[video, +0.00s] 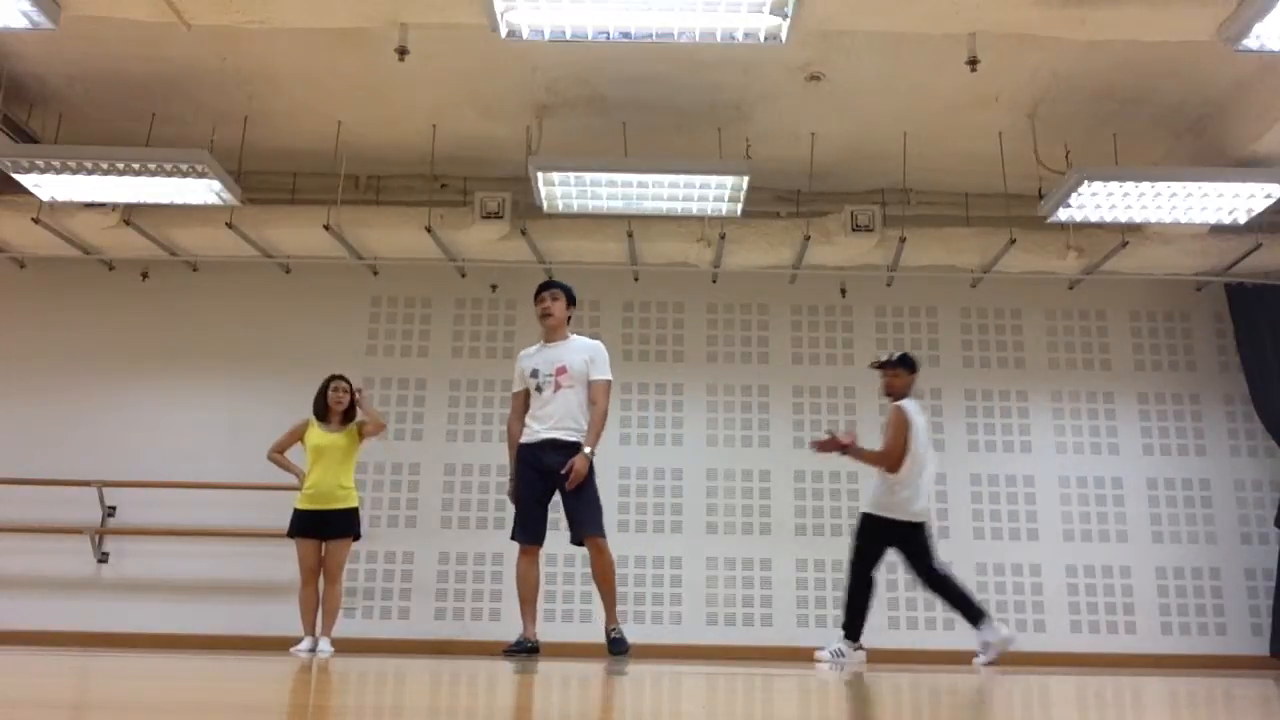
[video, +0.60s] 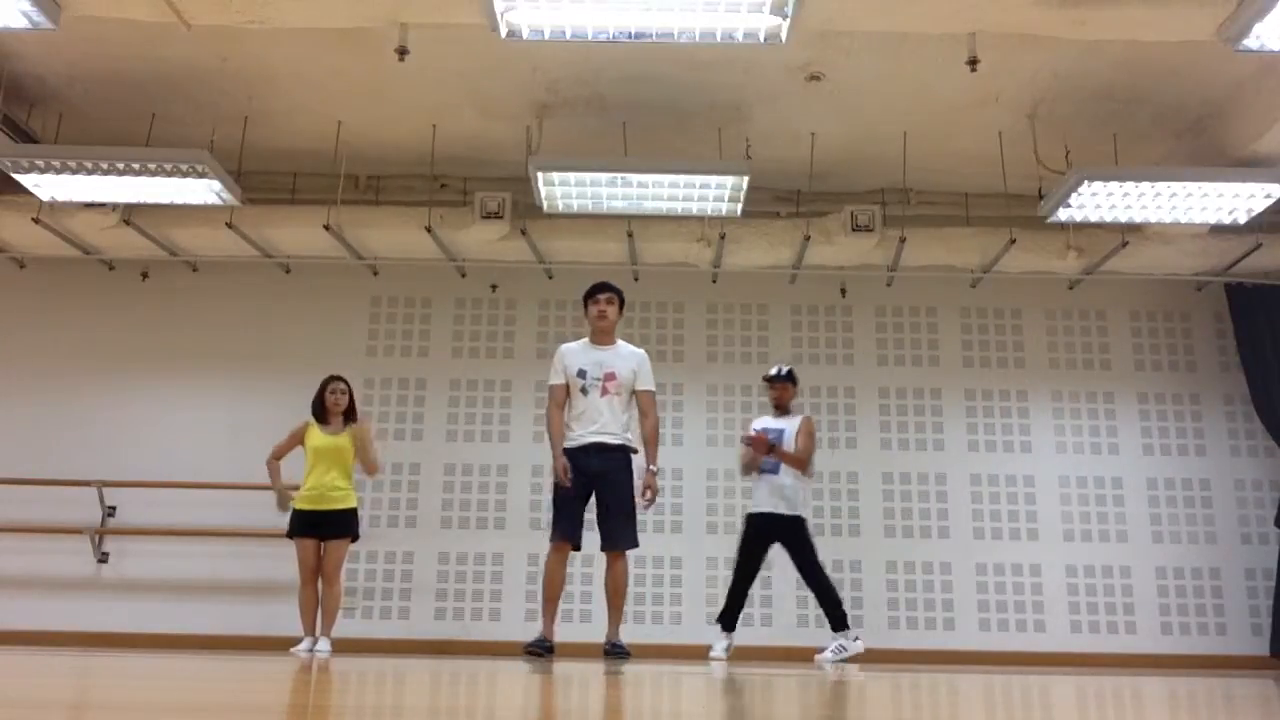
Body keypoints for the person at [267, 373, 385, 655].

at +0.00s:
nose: (339, 395)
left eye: (344, 392)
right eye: (335, 391)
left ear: (350, 399)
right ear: (324, 395)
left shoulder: (355, 429)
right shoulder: (309, 426)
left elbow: (379, 426)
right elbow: (273, 453)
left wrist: (362, 403)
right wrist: (298, 472)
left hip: (342, 506)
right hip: (309, 505)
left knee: (333, 576)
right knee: (309, 575)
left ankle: (325, 638)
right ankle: (308, 636)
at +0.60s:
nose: (337, 397)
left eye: (342, 393)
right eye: (332, 392)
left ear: (349, 398)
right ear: (322, 396)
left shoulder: (356, 431)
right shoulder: (308, 429)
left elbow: (371, 469)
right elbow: (273, 459)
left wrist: (362, 437)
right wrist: (279, 491)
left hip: (340, 507)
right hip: (307, 506)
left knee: (330, 575)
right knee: (308, 575)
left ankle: (325, 637)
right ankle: (308, 636)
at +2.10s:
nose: (337, 400)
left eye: (342, 396)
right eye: (333, 395)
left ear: (352, 401)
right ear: (325, 400)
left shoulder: (361, 433)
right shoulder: (310, 433)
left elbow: (362, 472)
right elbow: (299, 474)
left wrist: (349, 506)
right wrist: (293, 507)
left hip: (340, 509)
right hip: (309, 509)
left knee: (332, 575)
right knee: (309, 576)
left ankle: (327, 637)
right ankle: (311, 636)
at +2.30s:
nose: (336, 398)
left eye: (342, 395)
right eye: (332, 394)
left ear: (351, 400)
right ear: (324, 399)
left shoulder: (361, 431)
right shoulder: (309, 432)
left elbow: (362, 470)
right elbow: (298, 473)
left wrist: (349, 504)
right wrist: (292, 506)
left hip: (340, 509)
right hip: (309, 508)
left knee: (334, 576)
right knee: (310, 576)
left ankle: (328, 636)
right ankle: (312, 635)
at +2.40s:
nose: (336, 398)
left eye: (341, 395)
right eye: (332, 394)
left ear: (351, 400)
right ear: (324, 399)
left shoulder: (361, 432)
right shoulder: (309, 433)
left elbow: (363, 472)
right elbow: (298, 475)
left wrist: (351, 506)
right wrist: (291, 508)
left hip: (339, 509)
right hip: (308, 508)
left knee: (331, 574)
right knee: (309, 576)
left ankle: (327, 637)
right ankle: (311, 636)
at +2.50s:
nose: (335, 399)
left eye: (341, 395)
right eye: (331, 394)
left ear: (351, 400)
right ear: (324, 399)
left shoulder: (361, 433)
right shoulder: (309, 434)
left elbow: (363, 474)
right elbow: (298, 476)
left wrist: (355, 508)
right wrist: (289, 511)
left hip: (340, 510)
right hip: (308, 508)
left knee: (331, 575)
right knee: (309, 576)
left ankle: (327, 637)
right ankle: (311, 636)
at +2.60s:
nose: (336, 398)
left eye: (341, 394)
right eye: (332, 393)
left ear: (351, 400)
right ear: (324, 399)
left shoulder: (361, 432)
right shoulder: (310, 433)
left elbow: (365, 473)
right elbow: (299, 476)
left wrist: (358, 508)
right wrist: (288, 512)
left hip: (341, 508)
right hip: (309, 508)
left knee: (334, 575)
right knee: (310, 576)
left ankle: (327, 637)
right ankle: (311, 636)